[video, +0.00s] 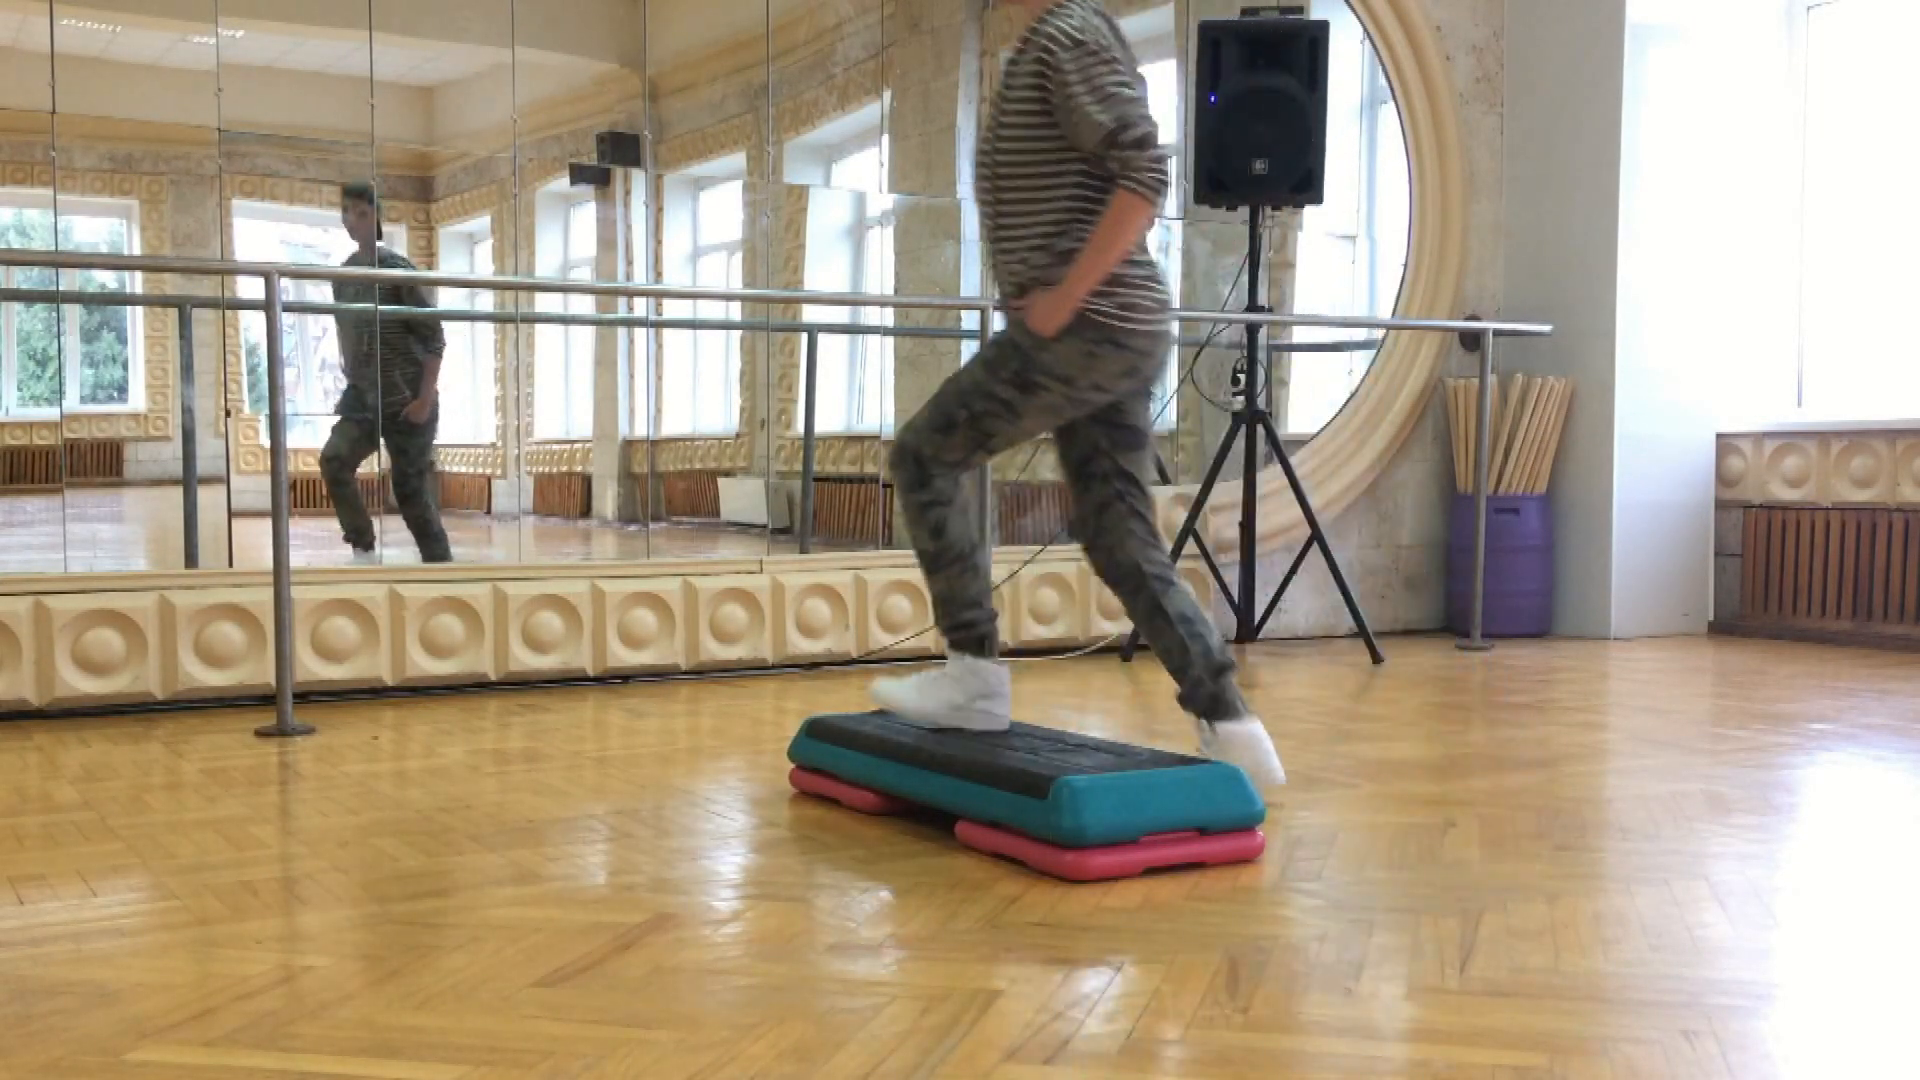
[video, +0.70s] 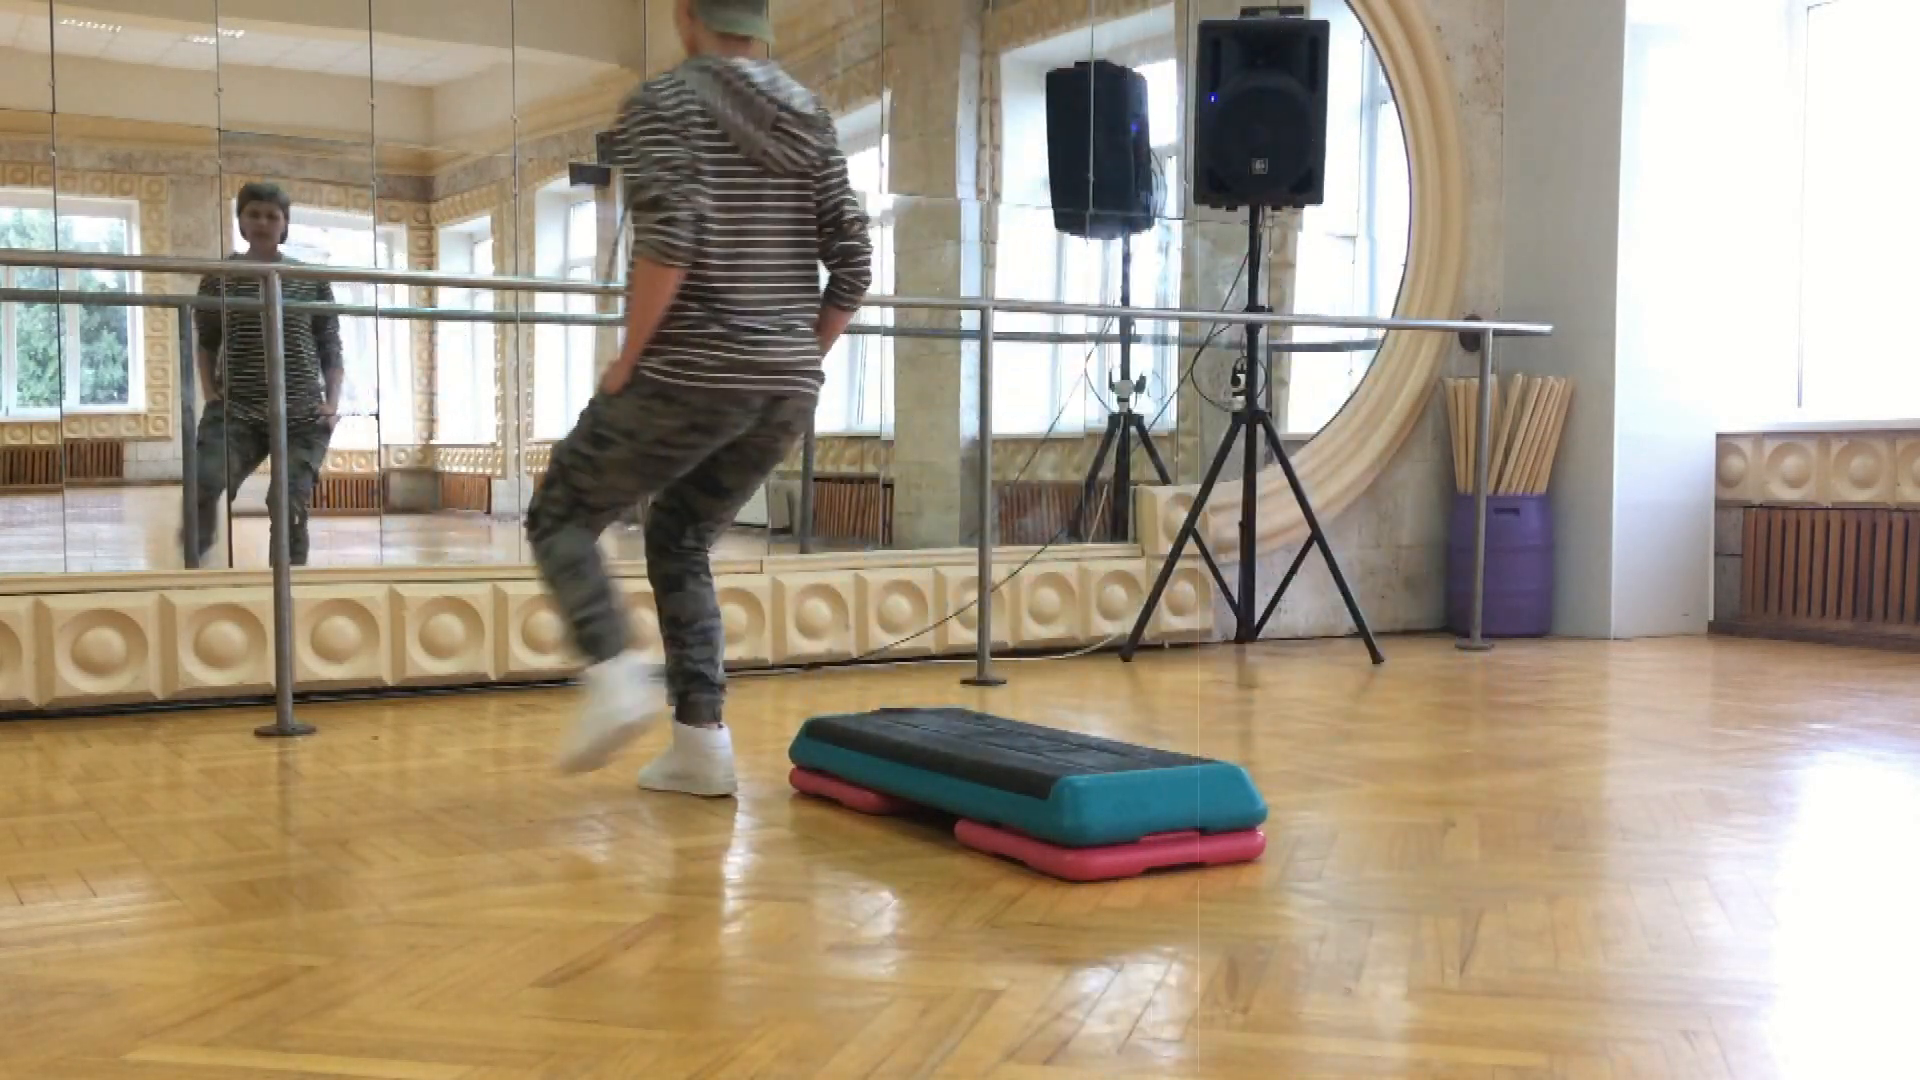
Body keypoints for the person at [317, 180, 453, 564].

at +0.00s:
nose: (354, 221)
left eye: (362, 213)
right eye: (348, 214)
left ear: (378, 218)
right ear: (343, 219)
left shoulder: (400, 270)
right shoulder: (343, 275)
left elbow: (433, 335)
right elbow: (351, 334)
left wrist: (426, 396)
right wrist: (354, 379)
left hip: (409, 399)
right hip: (364, 399)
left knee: (411, 490)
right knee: (334, 463)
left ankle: (442, 569)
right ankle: (363, 549)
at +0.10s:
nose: (338, 210)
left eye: (346, 202)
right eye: (333, 203)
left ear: (367, 207)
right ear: (329, 209)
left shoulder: (384, 258)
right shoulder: (322, 263)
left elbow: (419, 321)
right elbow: (326, 331)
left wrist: (405, 383)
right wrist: (333, 378)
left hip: (390, 390)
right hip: (346, 391)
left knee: (382, 483)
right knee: (329, 469)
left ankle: (428, 555)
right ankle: (362, 551)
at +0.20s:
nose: (324, 203)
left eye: (333, 195)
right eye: (318, 196)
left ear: (355, 201)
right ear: (314, 202)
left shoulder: (373, 255)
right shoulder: (305, 257)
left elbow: (412, 321)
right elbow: (308, 316)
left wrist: (391, 374)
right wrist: (314, 376)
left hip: (370, 383)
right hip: (323, 385)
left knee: (337, 456)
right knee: (316, 473)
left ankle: (395, 521)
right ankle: (360, 555)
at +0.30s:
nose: (311, 202)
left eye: (320, 194)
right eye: (306, 195)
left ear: (344, 201)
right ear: (302, 202)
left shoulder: (361, 253)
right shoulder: (290, 255)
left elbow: (400, 320)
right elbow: (275, 314)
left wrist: (380, 365)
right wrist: (282, 365)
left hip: (353, 380)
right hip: (306, 384)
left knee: (310, 442)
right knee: (305, 476)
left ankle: (347, 540)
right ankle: (349, 545)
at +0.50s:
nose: (285, 212)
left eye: (295, 205)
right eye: (280, 205)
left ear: (316, 211)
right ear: (272, 209)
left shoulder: (339, 265)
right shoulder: (255, 266)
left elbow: (369, 338)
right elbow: (248, 333)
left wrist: (351, 390)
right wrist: (251, 394)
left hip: (325, 402)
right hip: (266, 404)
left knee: (299, 488)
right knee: (258, 501)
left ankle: (291, 579)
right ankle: (336, 541)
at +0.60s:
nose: (274, 222)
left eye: (283, 213)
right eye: (266, 214)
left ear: (303, 220)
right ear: (257, 220)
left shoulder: (326, 277)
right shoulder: (239, 276)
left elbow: (351, 347)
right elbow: (232, 347)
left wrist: (345, 401)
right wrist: (229, 398)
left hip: (310, 413)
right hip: (250, 412)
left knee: (288, 504)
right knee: (214, 482)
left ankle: (289, 596)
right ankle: (276, 524)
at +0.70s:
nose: (262, 224)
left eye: (271, 217)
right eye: (253, 216)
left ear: (285, 224)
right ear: (240, 222)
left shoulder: (310, 278)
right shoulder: (220, 277)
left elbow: (330, 344)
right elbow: (206, 340)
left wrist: (332, 400)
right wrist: (210, 391)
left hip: (301, 412)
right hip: (237, 409)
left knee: (287, 500)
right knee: (202, 483)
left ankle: (290, 586)